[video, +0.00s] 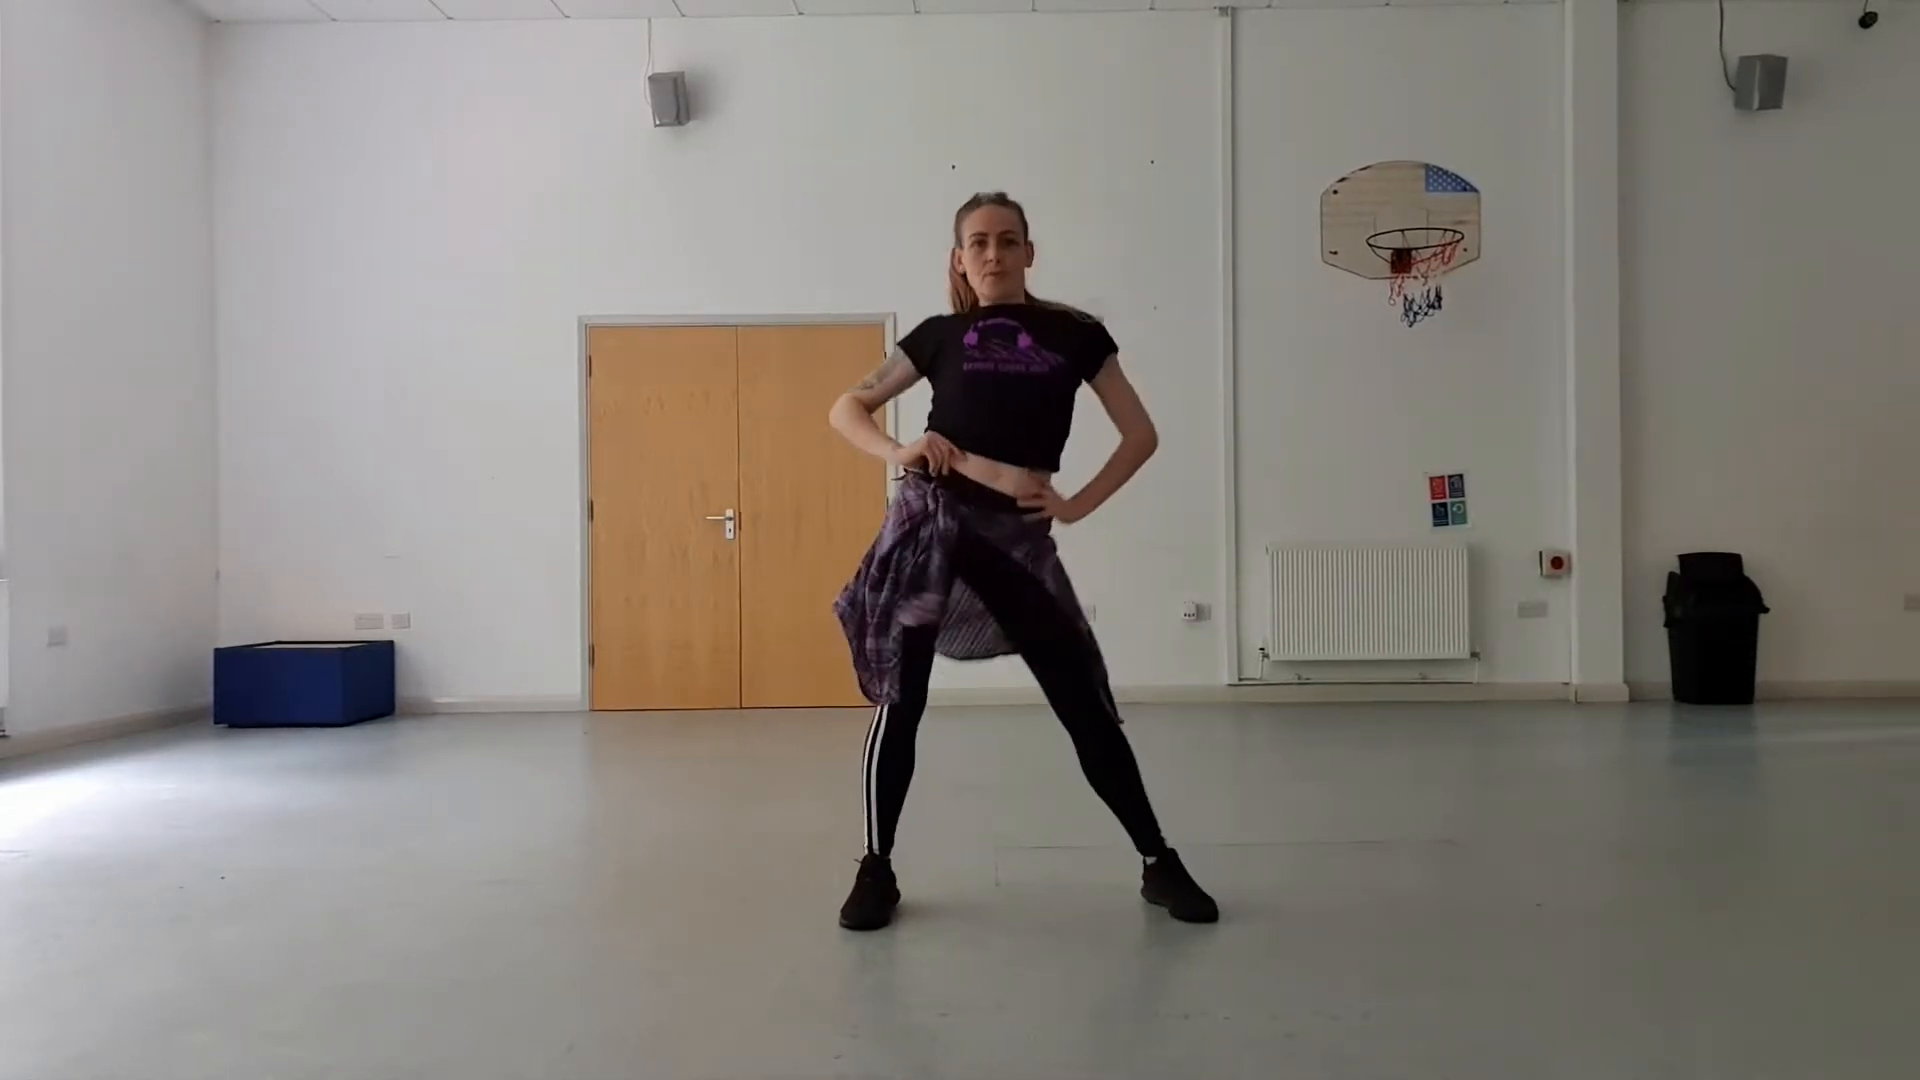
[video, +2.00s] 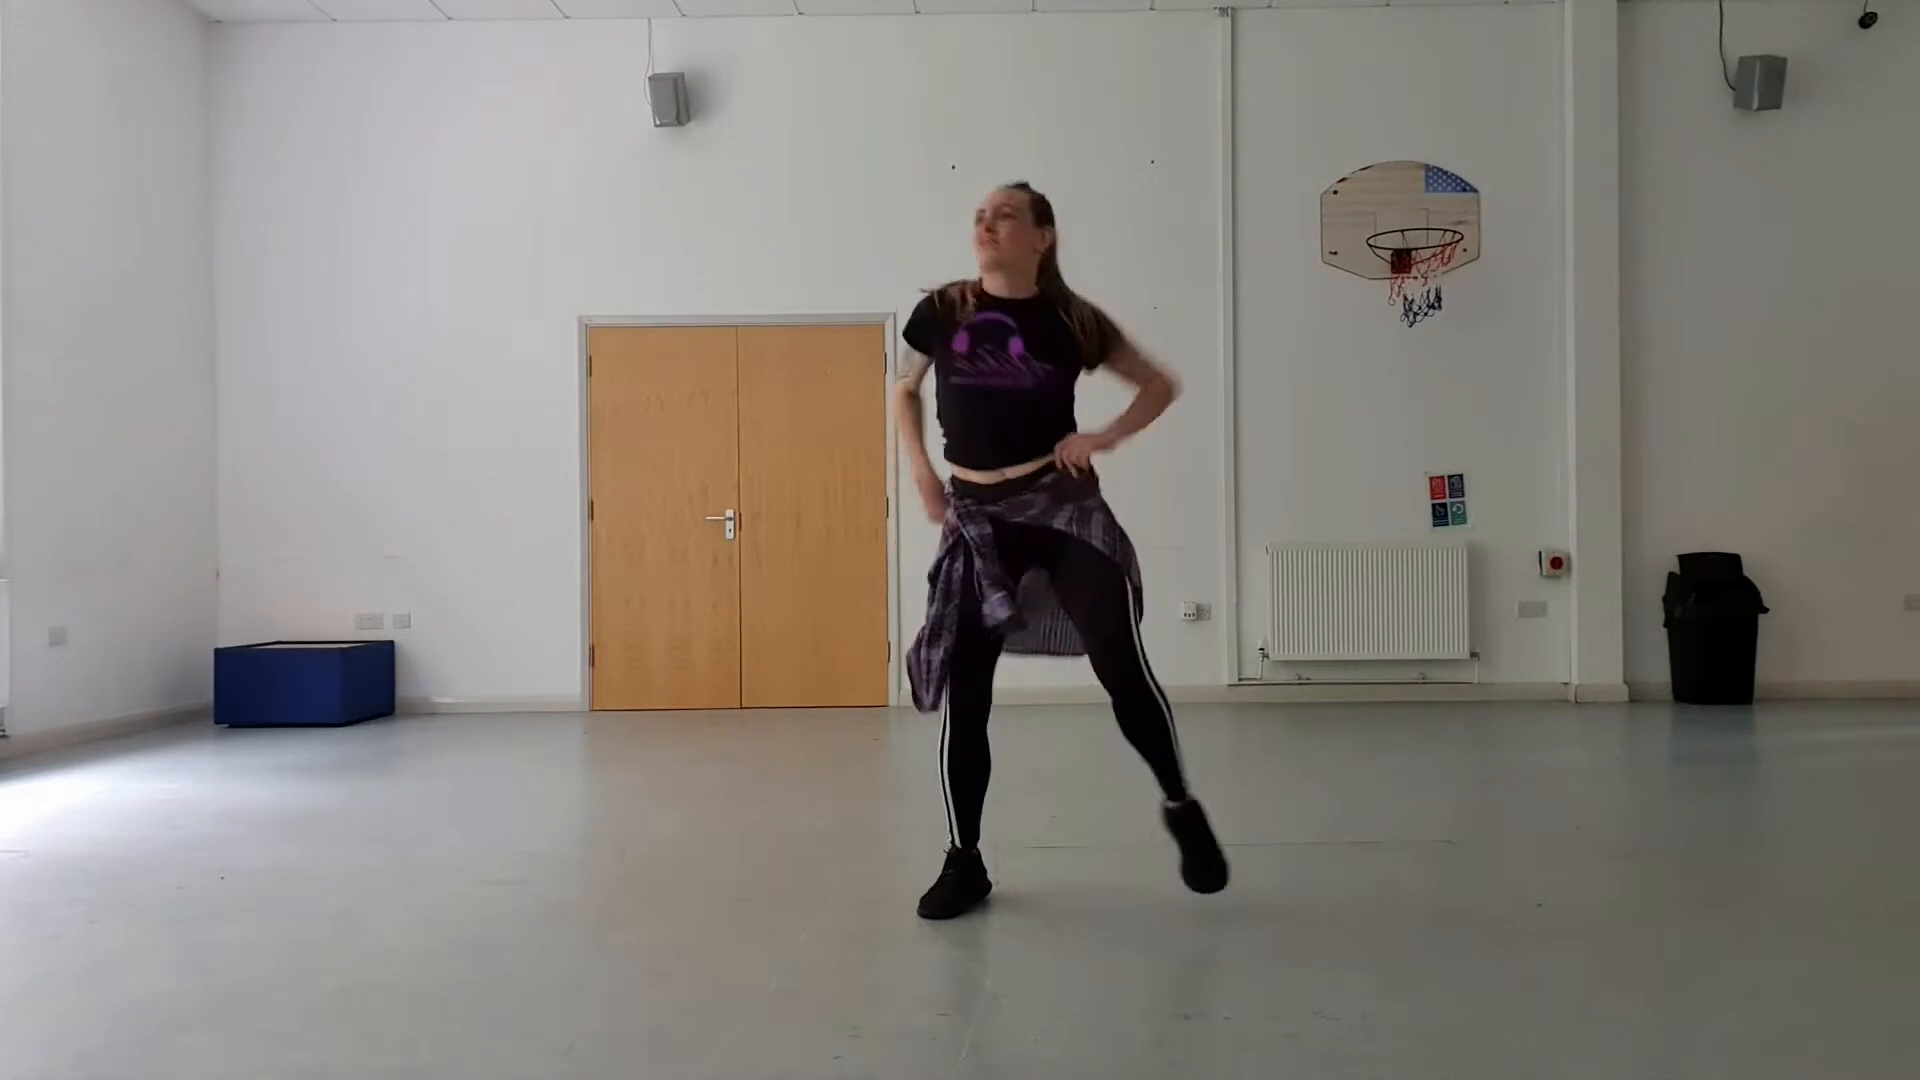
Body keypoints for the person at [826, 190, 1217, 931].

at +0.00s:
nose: (992, 253)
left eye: (1005, 241)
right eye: (978, 242)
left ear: (1029, 251)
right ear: (958, 258)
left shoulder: (1075, 335)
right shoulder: (939, 337)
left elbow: (1140, 436)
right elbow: (847, 409)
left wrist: (1080, 504)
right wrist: (894, 451)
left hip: (1017, 533)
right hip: (928, 524)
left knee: (1086, 704)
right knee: (901, 699)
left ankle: (1160, 863)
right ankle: (875, 867)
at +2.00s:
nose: (987, 225)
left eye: (1005, 216)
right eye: (981, 216)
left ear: (1043, 237)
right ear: (972, 238)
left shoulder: (1072, 319)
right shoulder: (943, 312)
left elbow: (1160, 385)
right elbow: (904, 391)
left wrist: (1104, 436)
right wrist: (923, 475)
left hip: (1064, 510)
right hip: (977, 518)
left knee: (1121, 671)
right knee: (966, 700)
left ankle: (1183, 812)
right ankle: (964, 860)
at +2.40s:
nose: (1070, 254)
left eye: (1088, 241)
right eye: (1061, 244)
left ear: (1127, 246)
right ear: (1056, 251)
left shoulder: (1130, 296)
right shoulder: (1090, 313)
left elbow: (1043, 289)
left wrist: (944, 268)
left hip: (1121, 519)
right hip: (1063, 517)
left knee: (1146, 728)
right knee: (998, 695)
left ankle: (1251, 891)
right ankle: (986, 854)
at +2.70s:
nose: (1131, 264)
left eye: (1150, 252)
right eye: (1119, 251)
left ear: (1180, 268)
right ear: (1104, 265)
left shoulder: (1205, 346)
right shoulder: (1102, 359)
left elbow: (1299, 450)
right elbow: (1138, 457)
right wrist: (1157, 522)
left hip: (1243, 546)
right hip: (1164, 559)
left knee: (1226, 733)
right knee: (1083, 715)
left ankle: (1266, 894)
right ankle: (1180, 866)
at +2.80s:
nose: (1182, 250)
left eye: (1195, 239)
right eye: (1165, 237)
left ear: (1210, 260)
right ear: (1130, 257)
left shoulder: (1234, 342)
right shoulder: (1093, 351)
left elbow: (1304, 427)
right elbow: (1081, 431)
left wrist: (1290, 484)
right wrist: (1121, 509)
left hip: (1248, 549)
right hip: (1165, 562)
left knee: (1249, 732)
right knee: (1130, 738)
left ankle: (1268, 893)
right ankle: (1192, 879)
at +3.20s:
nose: (1184, 195)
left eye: (1188, 181)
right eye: (1166, 184)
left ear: (1185, 186)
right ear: (1123, 195)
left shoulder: (1160, 266)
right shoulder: (1146, 245)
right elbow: (1192, 281)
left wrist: (1224, 335)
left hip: (1201, 506)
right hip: (1142, 505)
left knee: (1224, 709)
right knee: (1074, 722)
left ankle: (1226, 891)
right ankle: (945, 914)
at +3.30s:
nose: (1143, 215)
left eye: (1151, 202)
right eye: (1123, 202)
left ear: (1157, 205)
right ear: (1082, 212)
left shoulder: (1112, 279)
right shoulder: (1102, 272)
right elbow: (1190, 248)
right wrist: (1277, 190)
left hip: (1157, 518)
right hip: (1105, 522)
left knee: (1219, 709)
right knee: (1084, 754)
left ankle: (1226, 893)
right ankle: (935, 932)